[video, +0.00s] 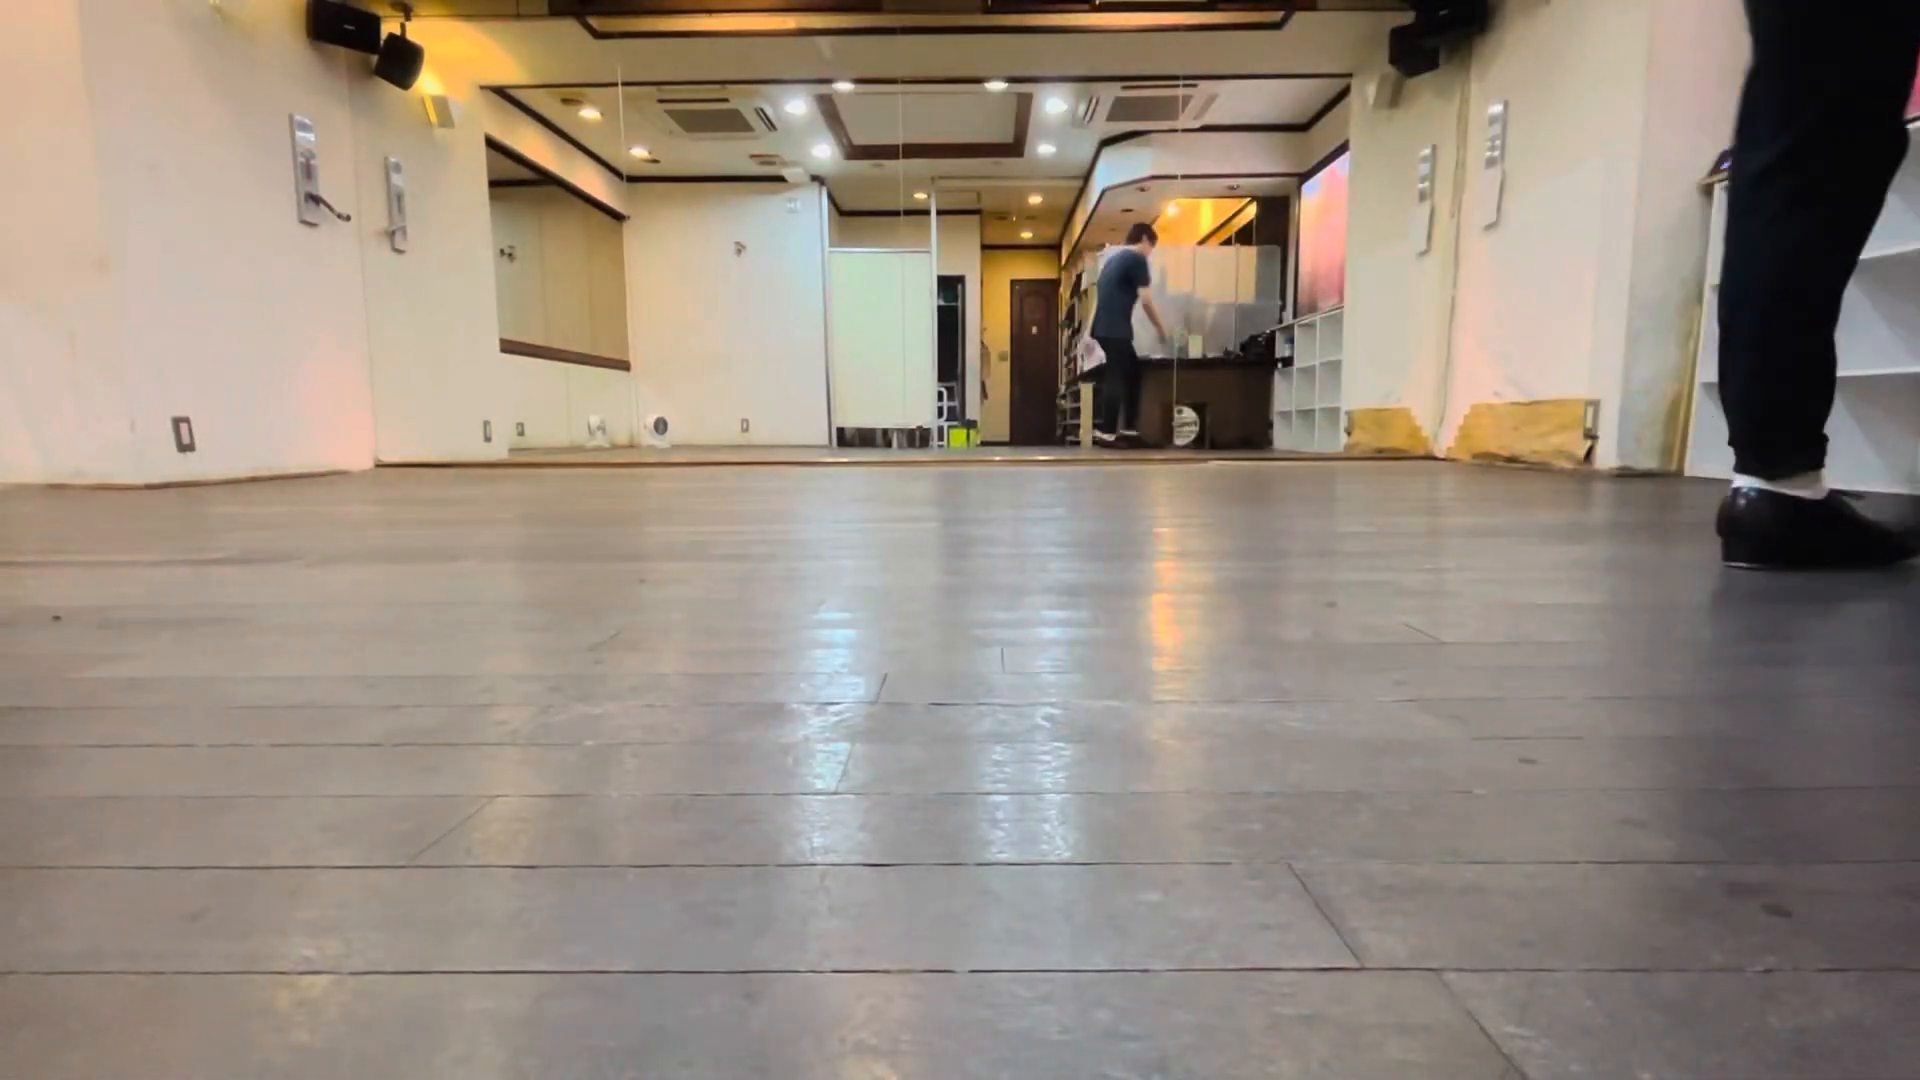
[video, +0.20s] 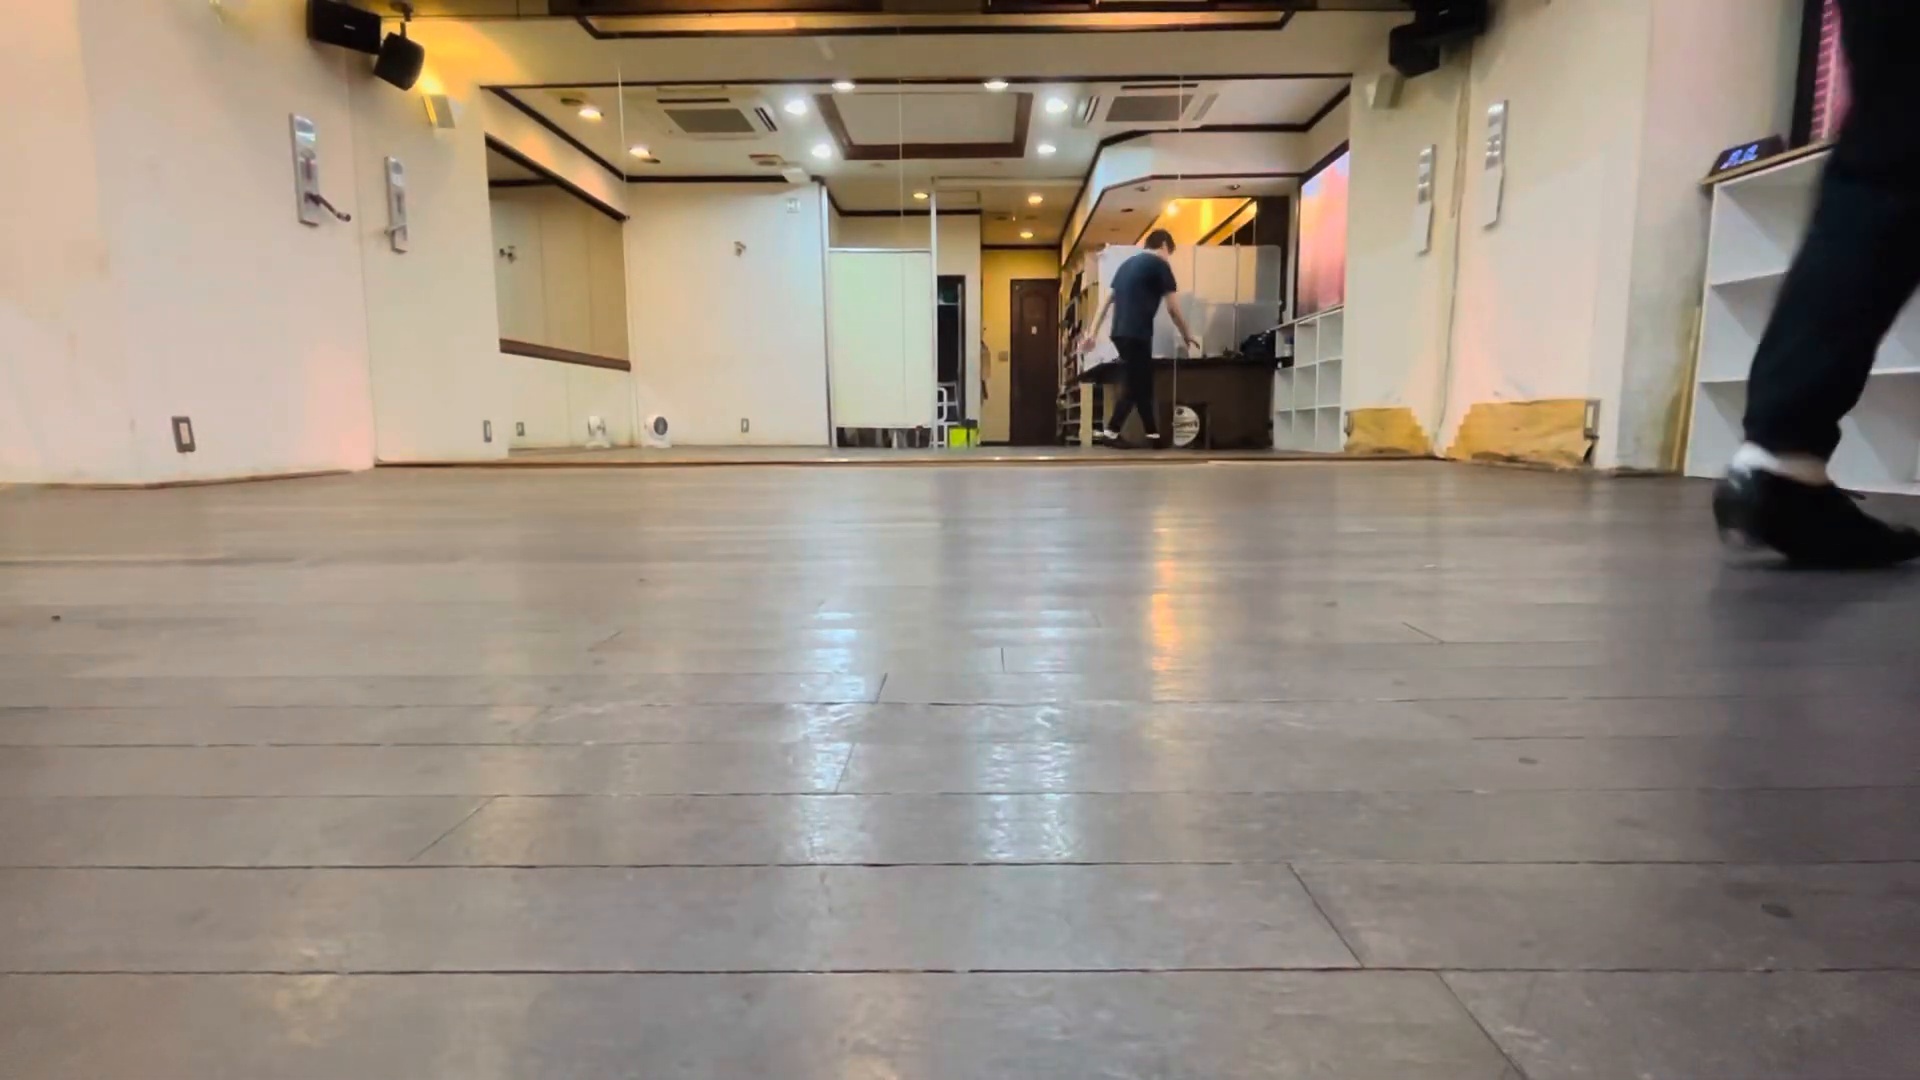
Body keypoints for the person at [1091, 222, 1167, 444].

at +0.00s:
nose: (1150, 251)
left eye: (1152, 246)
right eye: (1151, 246)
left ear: (1132, 240)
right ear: (1144, 240)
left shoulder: (1114, 258)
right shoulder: (1137, 259)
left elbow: (1106, 297)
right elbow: (1146, 301)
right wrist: (1160, 329)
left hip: (1102, 331)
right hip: (1117, 333)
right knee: (1123, 375)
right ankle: (1109, 429)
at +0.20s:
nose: (1169, 256)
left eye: (1170, 252)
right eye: (1170, 251)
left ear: (1147, 245)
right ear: (1163, 246)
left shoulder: (1128, 263)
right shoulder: (1161, 265)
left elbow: (1108, 300)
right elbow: (1172, 308)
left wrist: (1092, 333)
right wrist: (1187, 336)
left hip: (1119, 333)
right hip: (1138, 334)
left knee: (1143, 383)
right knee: (1133, 383)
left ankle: (1152, 432)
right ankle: (1111, 431)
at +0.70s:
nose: (1196, 259)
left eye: (1196, 257)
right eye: (1197, 256)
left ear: (1174, 249)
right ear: (1194, 253)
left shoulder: (1152, 262)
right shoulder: (1191, 268)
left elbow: (1135, 299)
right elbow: (1194, 311)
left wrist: (1132, 334)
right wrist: (1195, 344)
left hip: (1140, 331)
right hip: (1163, 331)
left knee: (1148, 382)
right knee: (1171, 380)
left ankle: (1155, 432)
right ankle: (1172, 432)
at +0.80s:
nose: (1198, 259)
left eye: (1198, 256)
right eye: (1199, 256)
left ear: (1176, 248)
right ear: (1195, 252)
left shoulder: (1154, 260)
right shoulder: (1194, 268)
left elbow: (1137, 294)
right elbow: (1196, 310)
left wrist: (1137, 323)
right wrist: (1196, 343)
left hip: (1142, 329)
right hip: (1166, 330)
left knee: (1149, 380)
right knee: (1172, 379)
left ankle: (1156, 432)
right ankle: (1175, 431)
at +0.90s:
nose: (1199, 256)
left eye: (1199, 253)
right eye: (1200, 253)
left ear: (1177, 246)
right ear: (1197, 250)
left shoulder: (1156, 259)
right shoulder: (1197, 268)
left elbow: (1140, 294)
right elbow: (1200, 310)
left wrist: (1140, 325)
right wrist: (1199, 343)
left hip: (1146, 330)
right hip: (1170, 331)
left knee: (1151, 381)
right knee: (1175, 380)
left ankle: (1155, 432)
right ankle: (1176, 432)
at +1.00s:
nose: (1201, 254)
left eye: (1201, 251)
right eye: (1202, 251)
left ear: (1179, 244)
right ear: (1199, 248)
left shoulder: (1159, 257)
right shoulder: (1200, 267)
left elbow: (1142, 292)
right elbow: (1203, 310)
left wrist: (1141, 323)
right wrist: (1200, 341)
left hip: (1148, 331)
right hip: (1174, 333)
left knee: (1152, 381)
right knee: (1177, 381)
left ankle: (1156, 432)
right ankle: (1176, 432)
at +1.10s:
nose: (1203, 253)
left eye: (1203, 251)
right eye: (1204, 250)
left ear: (1181, 244)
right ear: (1201, 248)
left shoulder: (1161, 255)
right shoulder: (1204, 268)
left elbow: (1142, 289)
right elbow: (1206, 311)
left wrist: (1139, 324)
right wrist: (1202, 342)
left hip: (1152, 331)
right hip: (1179, 333)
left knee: (1153, 381)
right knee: (1182, 381)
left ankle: (1156, 433)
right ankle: (1179, 433)